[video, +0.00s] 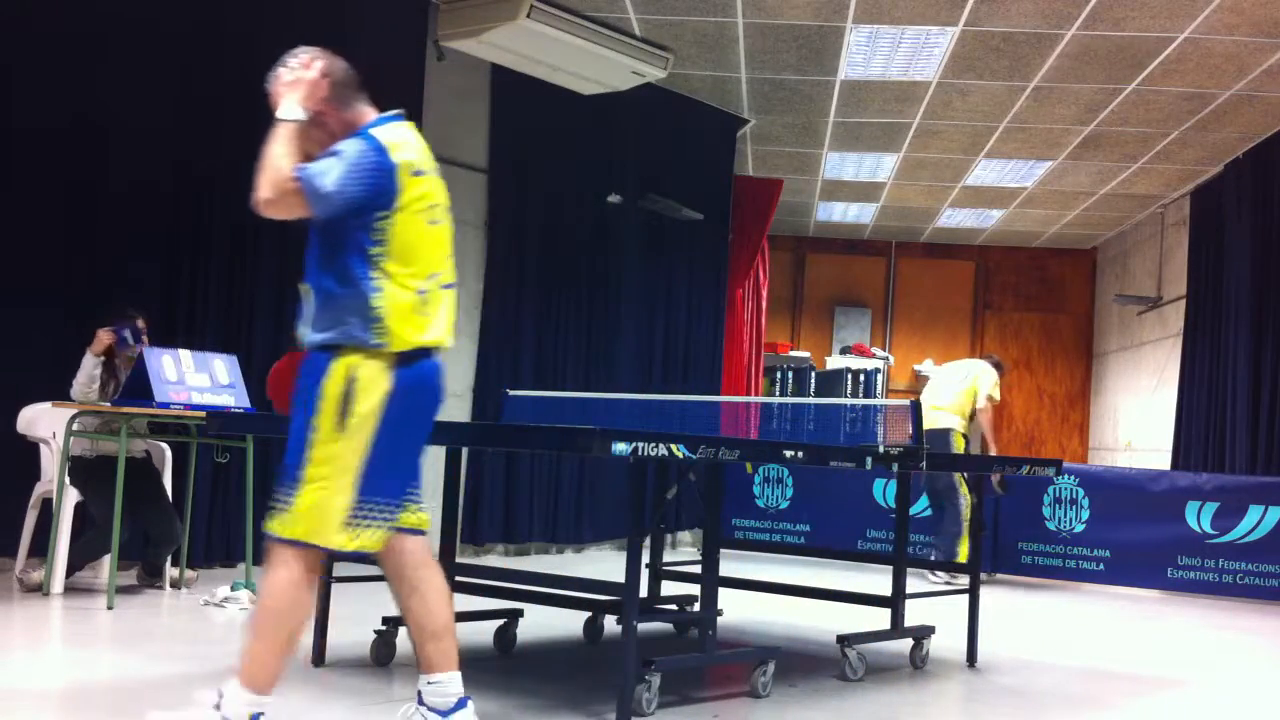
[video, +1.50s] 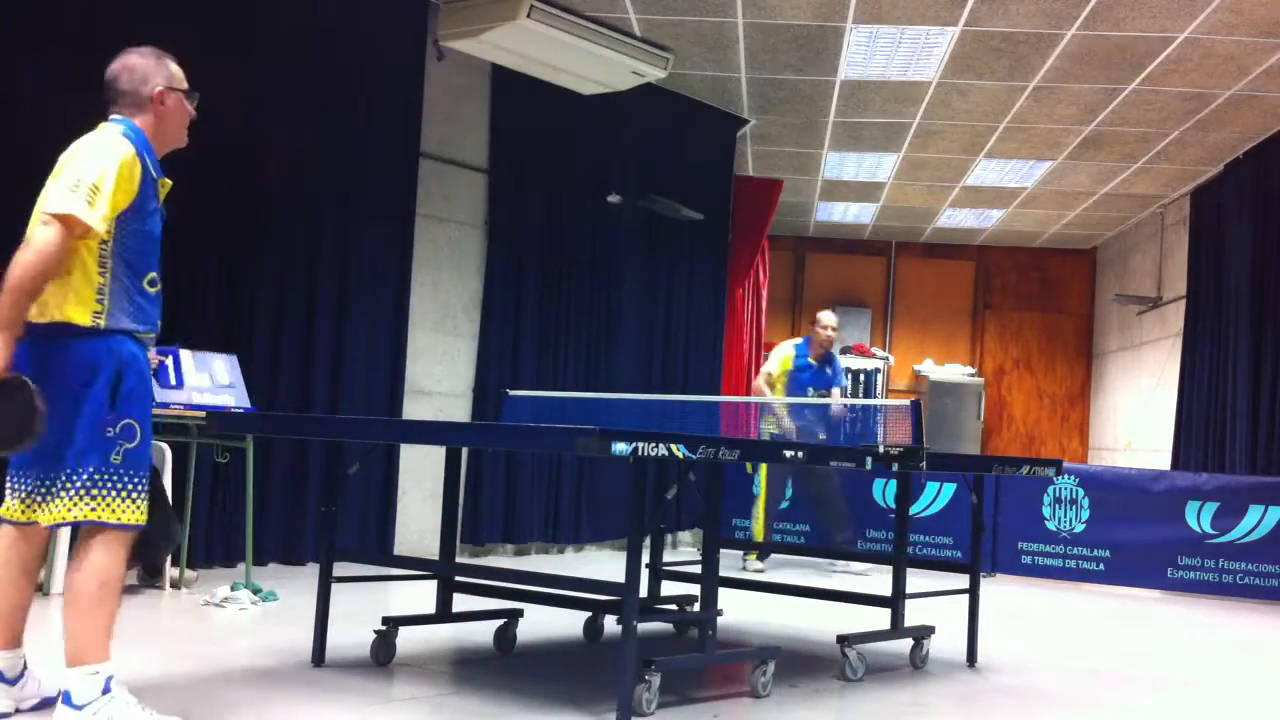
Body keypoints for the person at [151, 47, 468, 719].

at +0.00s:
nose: (292, 129)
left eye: (292, 113)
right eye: (286, 113)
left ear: (317, 98)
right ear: (345, 91)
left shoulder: (369, 153)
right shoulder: (401, 143)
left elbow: (273, 194)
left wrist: (289, 111)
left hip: (360, 369)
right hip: (407, 369)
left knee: (296, 544)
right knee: (401, 538)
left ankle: (241, 704)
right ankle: (446, 701)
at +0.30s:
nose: (180, 101)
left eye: (181, 91)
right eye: (179, 89)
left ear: (200, 87)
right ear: (261, 83)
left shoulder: (226, 144)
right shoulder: (341, 153)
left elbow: (122, 182)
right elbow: (376, 256)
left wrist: (168, 104)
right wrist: (358, 353)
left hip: (247, 355)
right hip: (318, 356)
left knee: (207, 526)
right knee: (259, 509)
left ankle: (227, 704)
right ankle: (297, 659)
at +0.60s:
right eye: (239, 98)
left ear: (175, 106)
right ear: (239, 102)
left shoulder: (150, 151)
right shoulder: (294, 168)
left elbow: (77, 155)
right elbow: (322, 270)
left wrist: (144, 104)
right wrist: (320, 368)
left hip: (165, 368)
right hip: (255, 373)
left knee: (118, 527)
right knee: (197, 528)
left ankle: (173, 641)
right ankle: (165, 677)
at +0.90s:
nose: (226, 119)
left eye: (226, 107)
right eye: (221, 105)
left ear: (151, 98)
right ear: (190, 98)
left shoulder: (88, 156)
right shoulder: (214, 160)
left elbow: (98, 157)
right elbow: (223, 258)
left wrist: (131, 119)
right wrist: (244, 357)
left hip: (99, 365)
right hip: (183, 368)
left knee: (84, 521)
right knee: (171, 532)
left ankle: (13, 666)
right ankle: (154, 690)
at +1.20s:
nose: (188, 113)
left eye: (185, 100)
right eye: (177, 99)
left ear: (132, 105)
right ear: (136, 101)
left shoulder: (114, 164)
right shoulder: (113, 151)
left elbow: (120, 300)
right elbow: (78, 234)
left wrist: (210, 298)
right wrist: (76, 341)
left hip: (50, 357)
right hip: (102, 360)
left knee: (31, 511)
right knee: (145, 516)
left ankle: (6, 671)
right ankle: (145, 681)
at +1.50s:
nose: (192, 112)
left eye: (190, 99)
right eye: (186, 98)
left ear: (137, 100)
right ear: (160, 99)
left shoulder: (102, 150)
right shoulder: (119, 151)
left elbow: (66, 261)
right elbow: (45, 244)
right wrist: (6, 333)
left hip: (52, 353)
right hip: (100, 357)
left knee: (23, 518)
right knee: (111, 525)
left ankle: (7, 673)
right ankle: (89, 690)